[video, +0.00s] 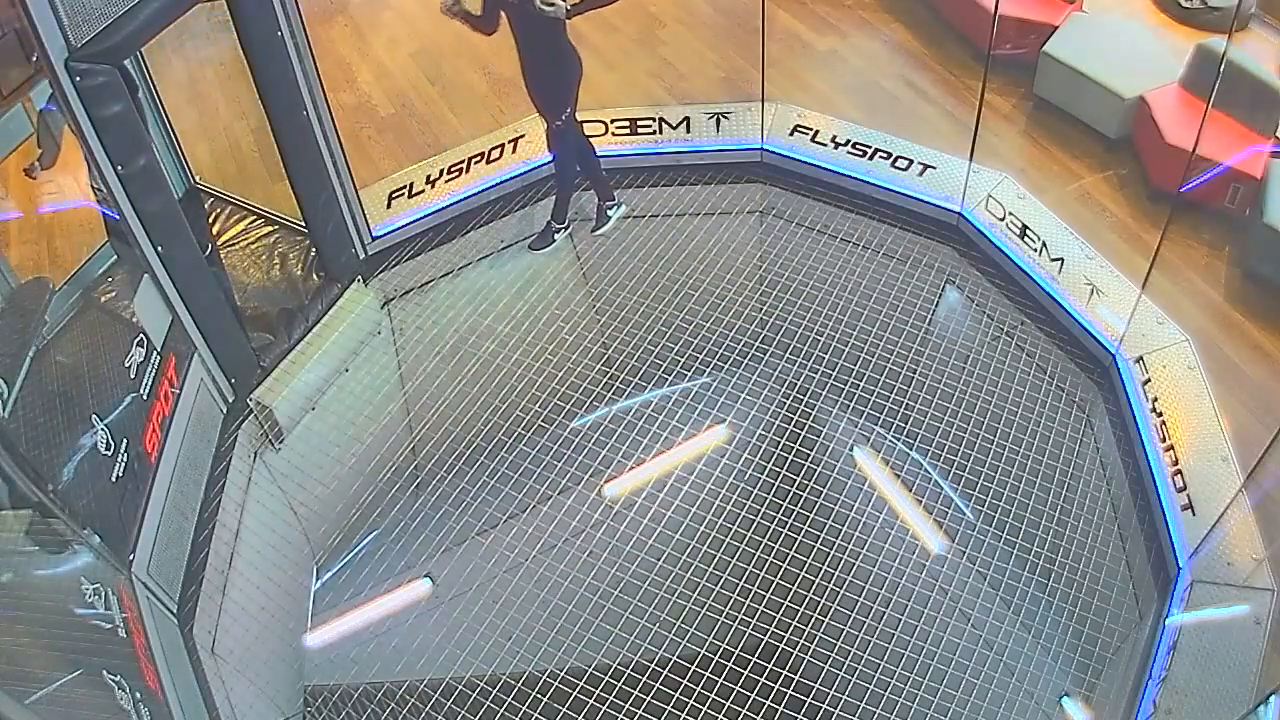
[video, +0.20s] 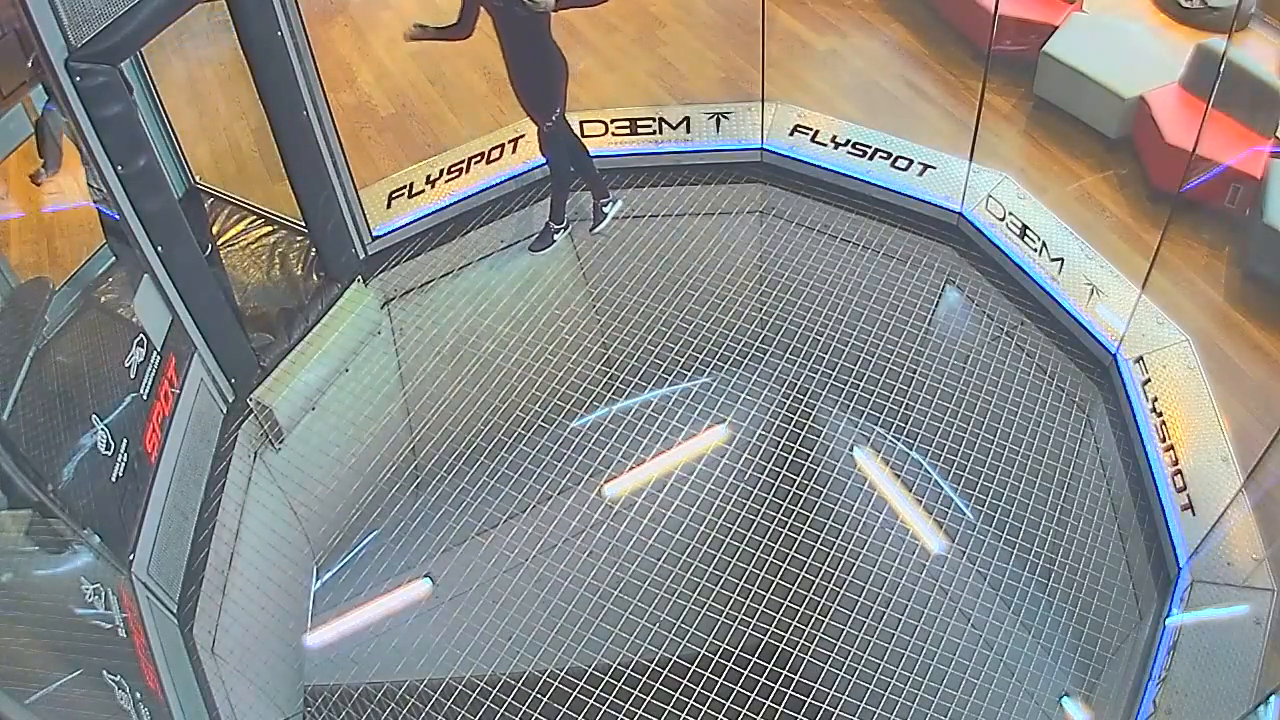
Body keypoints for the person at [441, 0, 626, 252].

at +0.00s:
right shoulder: (496, 2)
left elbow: (606, 0)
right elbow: (488, 25)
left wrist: (569, 11)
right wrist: (461, 14)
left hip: (562, 61)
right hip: (531, 67)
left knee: (560, 138)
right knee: (571, 133)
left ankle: (559, 222)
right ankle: (608, 201)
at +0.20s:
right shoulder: (479, 1)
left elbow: (598, 1)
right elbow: (463, 28)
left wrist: (554, 5)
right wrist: (428, 33)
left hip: (548, 65)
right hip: (517, 71)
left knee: (552, 144)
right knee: (562, 135)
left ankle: (557, 221)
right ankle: (604, 197)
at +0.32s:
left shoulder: (529, 1)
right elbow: (451, 30)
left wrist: (549, 10)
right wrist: (408, 31)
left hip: (542, 68)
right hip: (511, 73)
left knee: (547, 145)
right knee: (557, 135)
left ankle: (557, 222)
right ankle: (602, 196)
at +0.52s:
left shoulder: (524, 0)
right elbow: (439, 28)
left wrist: (558, 23)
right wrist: (391, 29)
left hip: (532, 72)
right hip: (504, 77)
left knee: (542, 153)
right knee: (548, 137)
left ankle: (559, 221)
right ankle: (602, 182)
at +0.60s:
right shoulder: (466, 1)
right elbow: (439, 27)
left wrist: (551, 26)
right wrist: (390, 27)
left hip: (530, 73)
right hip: (501, 78)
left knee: (540, 151)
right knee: (542, 136)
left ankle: (559, 220)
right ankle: (596, 176)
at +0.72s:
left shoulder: (522, 3)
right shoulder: (464, 3)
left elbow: (581, 6)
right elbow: (439, 28)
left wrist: (534, 28)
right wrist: (390, 30)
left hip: (527, 75)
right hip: (498, 81)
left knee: (536, 147)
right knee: (530, 141)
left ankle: (558, 221)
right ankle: (580, 176)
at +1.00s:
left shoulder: (517, 3)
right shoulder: (453, 4)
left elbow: (570, 17)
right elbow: (438, 30)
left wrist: (523, 41)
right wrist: (388, 35)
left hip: (515, 79)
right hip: (484, 82)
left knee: (532, 157)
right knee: (486, 153)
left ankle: (557, 220)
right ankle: (511, 206)